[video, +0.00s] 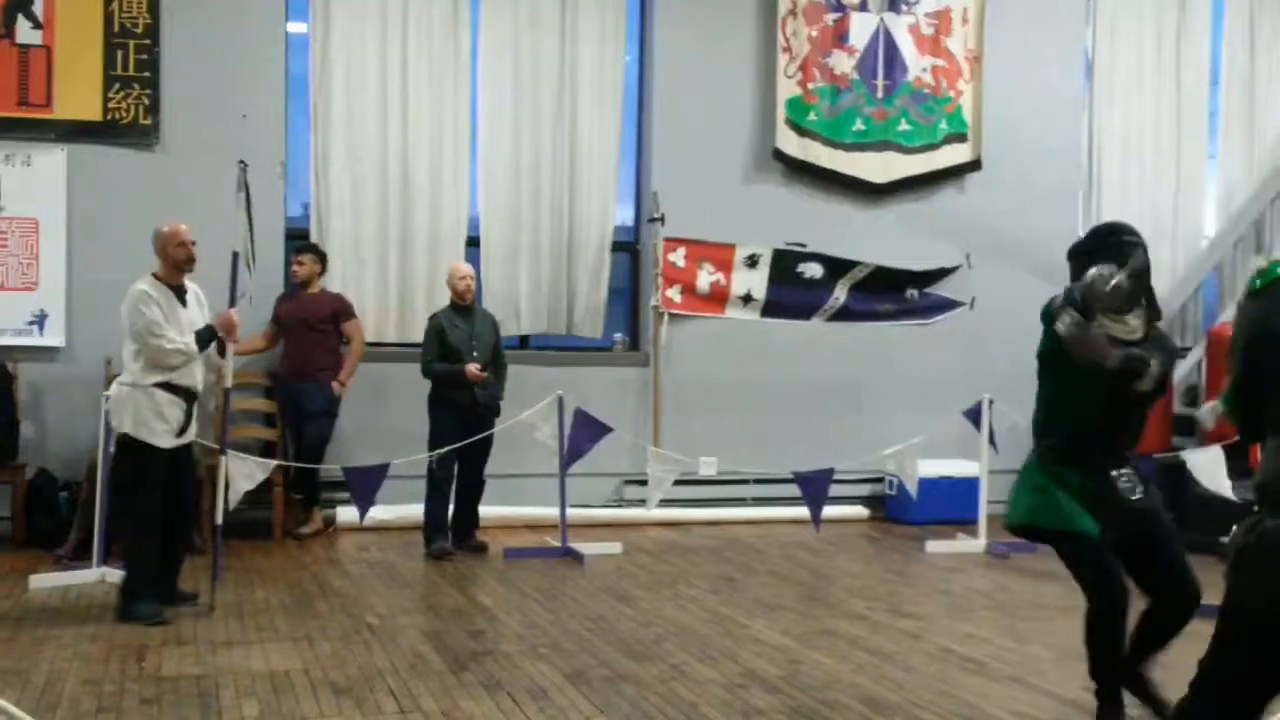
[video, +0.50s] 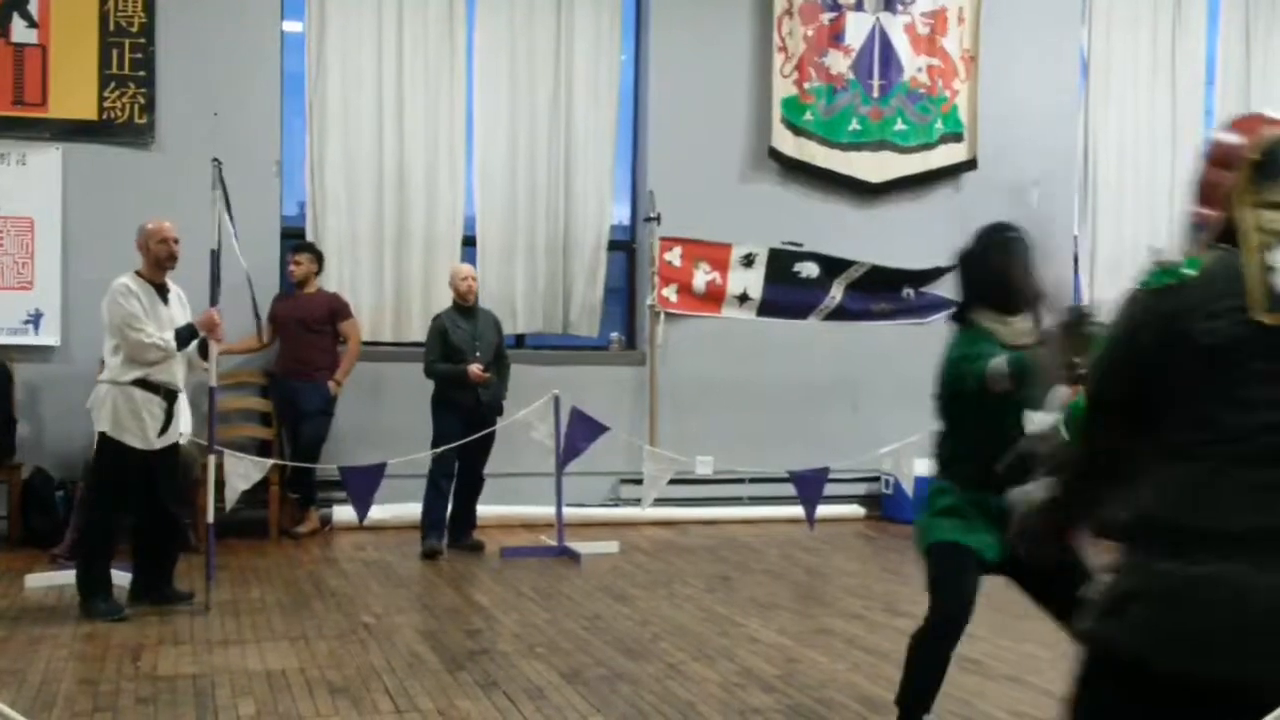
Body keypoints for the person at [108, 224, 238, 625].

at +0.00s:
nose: (191, 252)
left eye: (192, 245)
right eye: (182, 246)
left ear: (192, 251)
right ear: (162, 254)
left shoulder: (195, 293)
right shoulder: (142, 295)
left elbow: (210, 357)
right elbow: (165, 352)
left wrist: (224, 342)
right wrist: (214, 331)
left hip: (179, 410)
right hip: (143, 410)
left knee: (178, 502)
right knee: (144, 504)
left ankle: (166, 585)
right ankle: (137, 596)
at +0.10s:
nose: (188, 250)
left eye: (190, 243)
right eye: (179, 244)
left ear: (192, 249)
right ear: (159, 252)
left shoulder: (194, 293)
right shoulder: (140, 294)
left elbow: (210, 359)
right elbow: (161, 351)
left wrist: (224, 341)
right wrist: (212, 330)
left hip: (179, 414)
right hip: (139, 412)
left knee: (174, 504)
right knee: (128, 506)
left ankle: (160, 584)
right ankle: (111, 595)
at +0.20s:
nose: (183, 250)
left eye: (185, 243)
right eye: (174, 243)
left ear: (187, 248)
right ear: (153, 250)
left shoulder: (189, 294)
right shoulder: (134, 292)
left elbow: (199, 356)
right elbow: (155, 348)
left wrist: (218, 344)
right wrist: (208, 328)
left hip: (175, 413)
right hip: (133, 410)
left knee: (170, 504)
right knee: (117, 504)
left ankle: (156, 584)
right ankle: (98, 592)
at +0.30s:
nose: (177, 249)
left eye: (179, 242)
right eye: (167, 243)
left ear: (182, 247)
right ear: (146, 249)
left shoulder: (181, 294)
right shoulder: (127, 292)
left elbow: (192, 356)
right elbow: (150, 348)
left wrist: (213, 345)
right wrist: (201, 328)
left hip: (170, 413)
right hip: (128, 410)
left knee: (165, 504)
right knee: (109, 504)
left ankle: (152, 584)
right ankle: (94, 593)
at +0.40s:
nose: (175, 249)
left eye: (178, 242)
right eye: (166, 242)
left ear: (181, 248)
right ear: (145, 248)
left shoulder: (180, 295)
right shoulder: (125, 291)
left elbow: (189, 358)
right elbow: (147, 347)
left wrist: (210, 344)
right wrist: (199, 328)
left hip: (169, 412)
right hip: (127, 409)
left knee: (164, 504)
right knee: (109, 503)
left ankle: (154, 584)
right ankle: (95, 593)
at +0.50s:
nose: (173, 249)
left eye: (176, 242)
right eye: (164, 242)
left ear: (178, 248)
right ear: (143, 249)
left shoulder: (177, 296)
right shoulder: (123, 291)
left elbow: (184, 362)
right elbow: (144, 349)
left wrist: (206, 347)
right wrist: (196, 329)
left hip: (167, 413)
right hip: (125, 410)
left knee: (161, 504)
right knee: (107, 503)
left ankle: (153, 584)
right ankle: (95, 593)